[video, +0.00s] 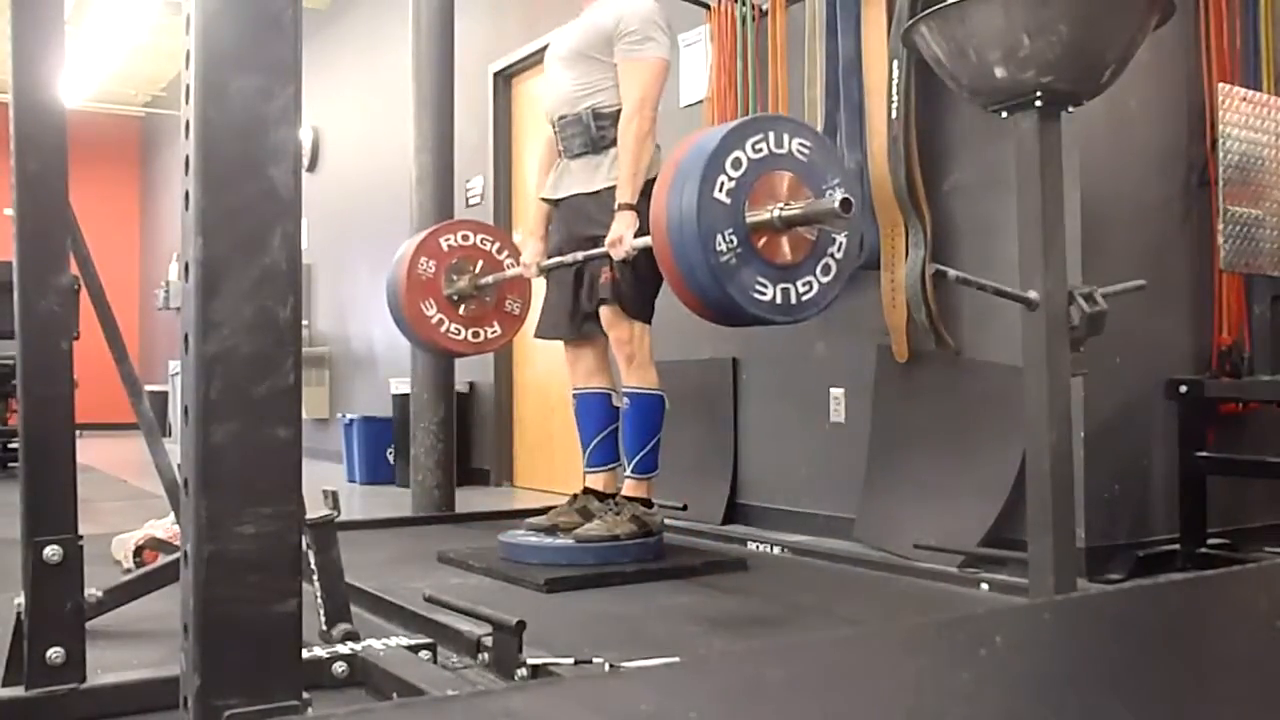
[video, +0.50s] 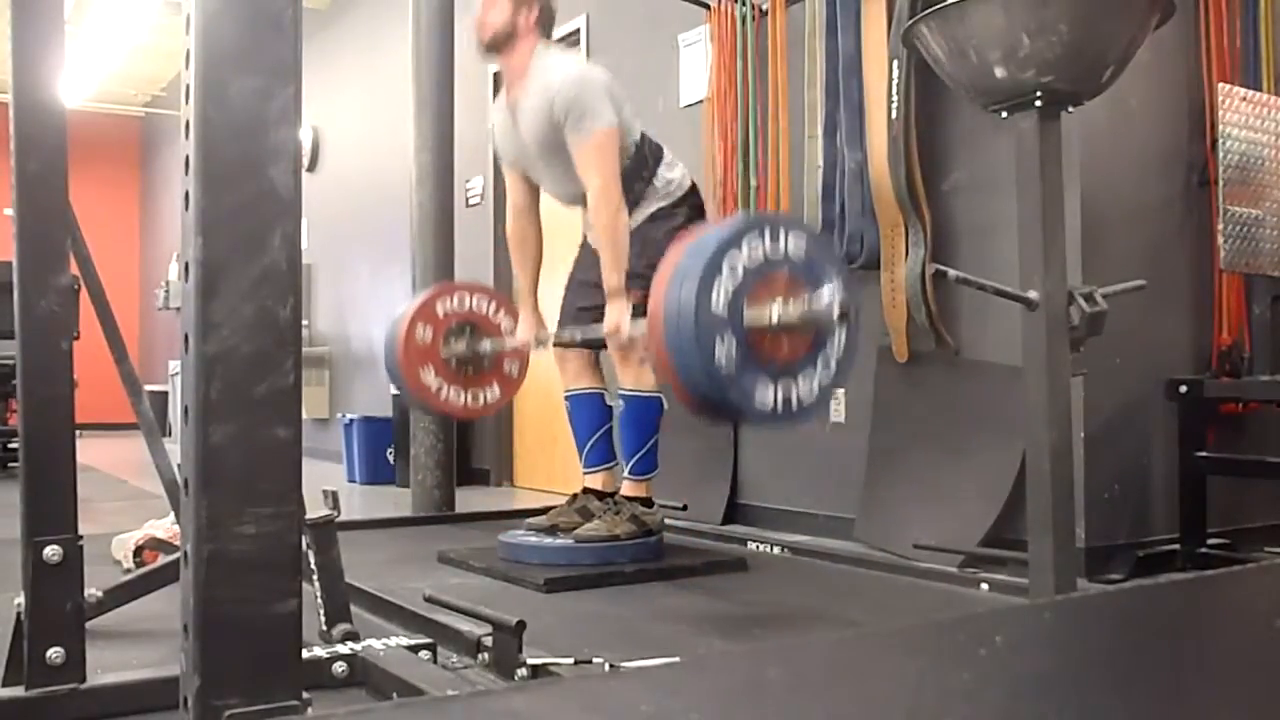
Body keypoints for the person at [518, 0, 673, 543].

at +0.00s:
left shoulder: (635, 11)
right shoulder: (564, 37)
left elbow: (640, 116)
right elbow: (554, 141)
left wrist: (626, 208)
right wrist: (537, 228)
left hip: (619, 194)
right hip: (570, 199)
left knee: (625, 335)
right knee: (580, 340)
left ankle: (638, 503)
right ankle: (598, 493)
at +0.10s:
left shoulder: (633, 11)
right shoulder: (562, 38)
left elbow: (639, 116)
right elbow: (552, 139)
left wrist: (625, 209)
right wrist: (536, 230)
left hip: (619, 195)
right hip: (570, 199)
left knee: (625, 335)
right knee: (577, 342)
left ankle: (638, 503)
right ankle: (598, 493)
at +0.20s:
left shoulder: (622, 11)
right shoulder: (554, 39)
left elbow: (633, 116)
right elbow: (548, 141)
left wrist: (623, 213)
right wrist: (535, 233)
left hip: (620, 196)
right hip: (570, 204)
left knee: (619, 335)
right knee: (575, 345)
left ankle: (638, 503)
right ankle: (599, 494)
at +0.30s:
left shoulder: (598, 18)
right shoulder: (529, 58)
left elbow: (621, 127)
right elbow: (535, 156)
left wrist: (620, 228)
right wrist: (528, 245)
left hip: (633, 198)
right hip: (579, 204)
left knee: (608, 336)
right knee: (561, 343)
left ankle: (636, 501)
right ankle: (597, 493)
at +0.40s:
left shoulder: (581, 39)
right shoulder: (512, 74)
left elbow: (611, 153)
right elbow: (525, 178)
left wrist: (617, 252)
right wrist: (527, 275)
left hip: (647, 198)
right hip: (593, 206)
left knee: (615, 335)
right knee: (566, 343)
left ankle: (637, 500)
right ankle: (598, 493)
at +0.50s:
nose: (479, 14)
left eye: (492, 4)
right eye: (479, 5)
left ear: (528, 16)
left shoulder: (572, 80)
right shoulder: (503, 112)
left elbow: (606, 194)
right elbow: (521, 211)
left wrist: (616, 297)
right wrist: (527, 307)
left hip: (661, 206)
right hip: (605, 217)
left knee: (629, 338)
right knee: (571, 342)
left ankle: (638, 502)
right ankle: (598, 493)